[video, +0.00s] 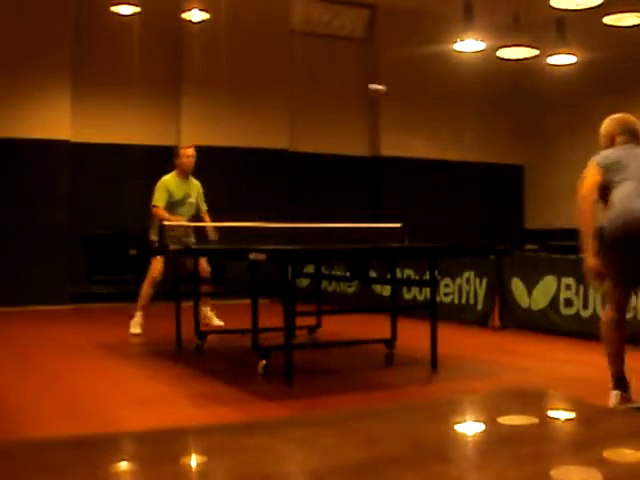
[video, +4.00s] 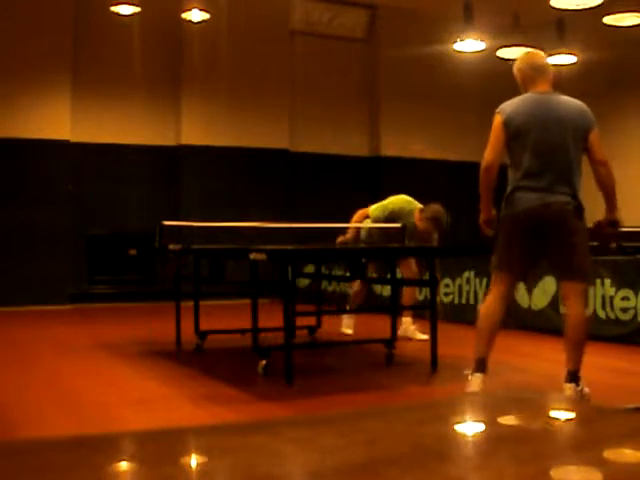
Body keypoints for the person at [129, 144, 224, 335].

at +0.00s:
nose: (190, 161)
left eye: (192, 157)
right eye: (186, 157)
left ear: (195, 160)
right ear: (177, 160)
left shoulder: (196, 185)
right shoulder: (165, 182)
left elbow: (203, 212)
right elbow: (157, 209)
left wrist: (211, 230)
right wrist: (174, 219)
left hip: (187, 236)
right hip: (165, 236)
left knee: (204, 270)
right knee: (156, 273)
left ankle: (205, 310)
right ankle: (138, 315)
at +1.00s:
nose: (186, 158)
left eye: (189, 154)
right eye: (183, 154)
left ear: (192, 158)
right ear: (174, 156)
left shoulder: (196, 183)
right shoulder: (162, 178)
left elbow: (205, 212)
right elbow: (144, 196)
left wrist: (214, 239)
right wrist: (140, 196)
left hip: (186, 239)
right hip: (163, 239)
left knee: (200, 272)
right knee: (154, 275)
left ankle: (199, 314)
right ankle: (136, 316)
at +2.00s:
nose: (262, 150)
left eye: (262, 147)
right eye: (258, 146)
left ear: (258, 151)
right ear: (247, 148)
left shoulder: (251, 172)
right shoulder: (237, 170)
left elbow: (246, 202)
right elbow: (232, 199)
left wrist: (251, 224)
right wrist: (245, 223)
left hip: (244, 230)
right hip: (231, 229)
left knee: (244, 271)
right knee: (235, 270)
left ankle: (241, 311)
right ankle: (208, 302)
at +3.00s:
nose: (375, 166)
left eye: (377, 163)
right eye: (373, 161)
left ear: (378, 163)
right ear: (362, 158)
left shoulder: (377, 183)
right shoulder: (343, 177)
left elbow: (386, 211)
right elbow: (325, 203)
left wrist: (392, 233)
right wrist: (330, 226)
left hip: (363, 240)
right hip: (339, 238)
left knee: (377, 274)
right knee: (331, 279)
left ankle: (395, 315)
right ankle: (320, 317)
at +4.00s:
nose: (426, 233)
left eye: (429, 230)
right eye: (425, 228)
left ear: (435, 228)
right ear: (420, 216)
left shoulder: (429, 235)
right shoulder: (400, 204)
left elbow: (430, 260)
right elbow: (361, 214)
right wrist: (350, 235)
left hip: (398, 244)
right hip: (372, 237)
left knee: (412, 275)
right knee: (365, 277)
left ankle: (406, 323)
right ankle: (349, 314)